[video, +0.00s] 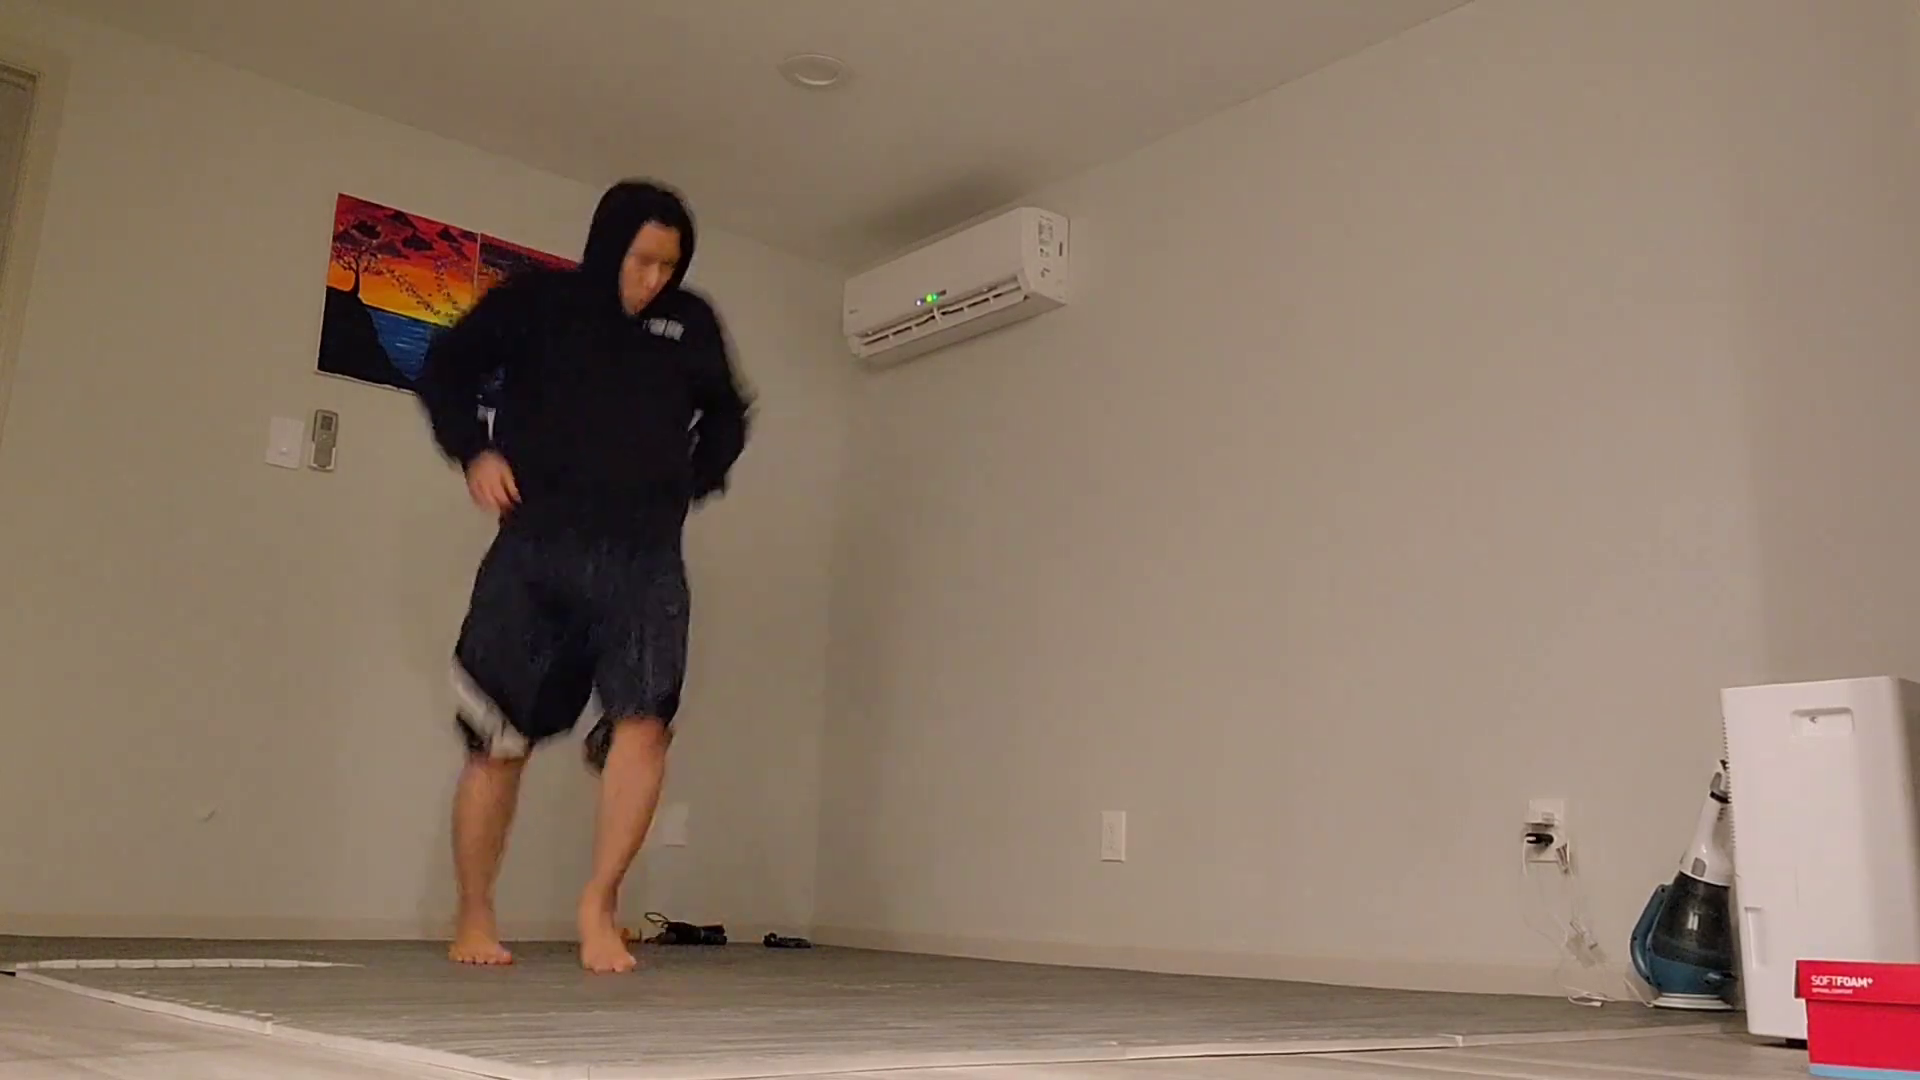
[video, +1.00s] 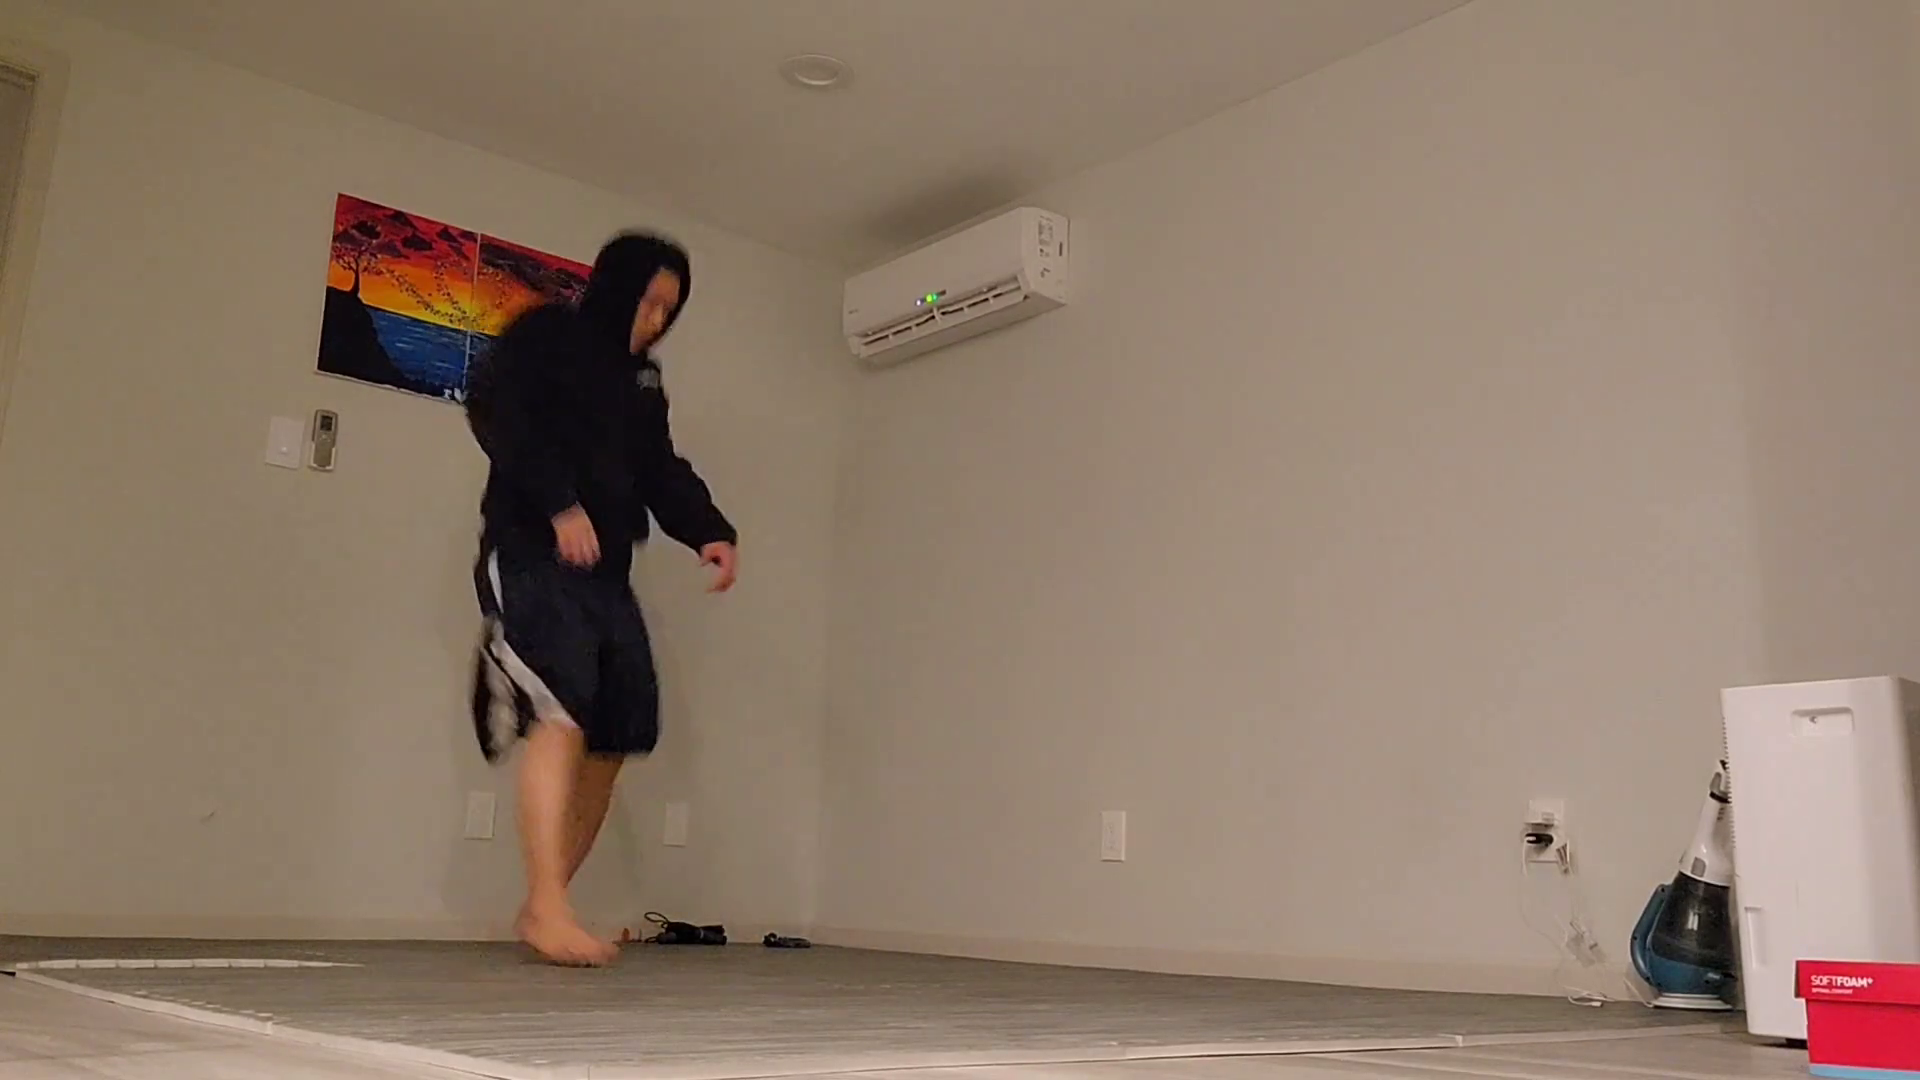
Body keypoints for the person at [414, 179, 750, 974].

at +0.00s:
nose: (654, 279)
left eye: (667, 265)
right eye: (644, 260)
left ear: (679, 264)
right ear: (607, 246)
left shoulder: (691, 324)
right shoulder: (535, 299)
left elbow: (726, 416)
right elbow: (444, 367)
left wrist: (686, 484)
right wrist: (475, 453)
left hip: (643, 555)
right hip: (538, 546)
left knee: (644, 723)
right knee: (500, 740)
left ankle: (599, 909)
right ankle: (475, 914)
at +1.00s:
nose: (660, 321)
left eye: (669, 310)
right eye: (654, 303)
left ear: (669, 311)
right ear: (618, 287)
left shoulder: (641, 375)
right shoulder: (545, 332)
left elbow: (656, 465)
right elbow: (494, 408)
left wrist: (708, 529)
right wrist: (560, 502)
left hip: (604, 568)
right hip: (529, 553)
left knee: (612, 729)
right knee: (559, 714)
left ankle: (545, 906)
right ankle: (547, 912)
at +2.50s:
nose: (659, 343)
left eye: (672, 331)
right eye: (647, 324)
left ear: (681, 335)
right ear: (609, 318)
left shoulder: (682, 406)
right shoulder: (536, 390)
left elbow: (732, 502)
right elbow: (433, 458)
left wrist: (810, 577)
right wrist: (341, 533)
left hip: (647, 625)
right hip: (547, 625)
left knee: (710, 778)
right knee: (524, 778)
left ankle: (740, 929)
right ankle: (511, 922)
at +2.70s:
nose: (638, 328)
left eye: (652, 317)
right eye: (627, 311)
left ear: (665, 326)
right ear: (594, 306)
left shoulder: (675, 399)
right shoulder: (531, 379)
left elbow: (716, 491)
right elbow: (434, 440)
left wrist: (744, 563)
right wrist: (339, 504)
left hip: (653, 620)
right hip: (550, 619)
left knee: (705, 776)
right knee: (528, 776)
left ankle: (731, 921)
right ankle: (519, 923)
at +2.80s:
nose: (604, 308)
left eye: (620, 296)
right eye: (593, 290)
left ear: (637, 299)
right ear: (568, 284)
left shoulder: (660, 365)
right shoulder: (509, 352)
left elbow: (697, 459)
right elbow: (407, 416)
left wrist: (657, 515)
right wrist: (445, 490)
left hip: (638, 584)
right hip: (539, 584)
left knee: (666, 744)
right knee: (523, 760)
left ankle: (658, 871)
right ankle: (518, 924)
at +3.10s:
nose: (582, 300)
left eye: (599, 289)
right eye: (572, 281)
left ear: (614, 293)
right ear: (544, 275)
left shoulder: (619, 338)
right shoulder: (484, 350)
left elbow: (567, 378)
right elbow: (476, 466)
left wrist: (464, 380)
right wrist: (520, 537)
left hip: (590, 562)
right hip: (494, 559)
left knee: (552, 724)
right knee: (468, 750)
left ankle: (521, 920)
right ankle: (455, 918)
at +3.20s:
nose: (558, 300)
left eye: (575, 287)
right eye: (546, 282)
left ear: (593, 293)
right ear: (517, 279)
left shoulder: (609, 343)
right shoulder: (471, 355)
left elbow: (582, 437)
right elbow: (449, 460)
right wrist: (497, 536)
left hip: (592, 563)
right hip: (497, 558)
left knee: (541, 730)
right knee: (439, 738)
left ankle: (506, 924)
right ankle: (461, 899)